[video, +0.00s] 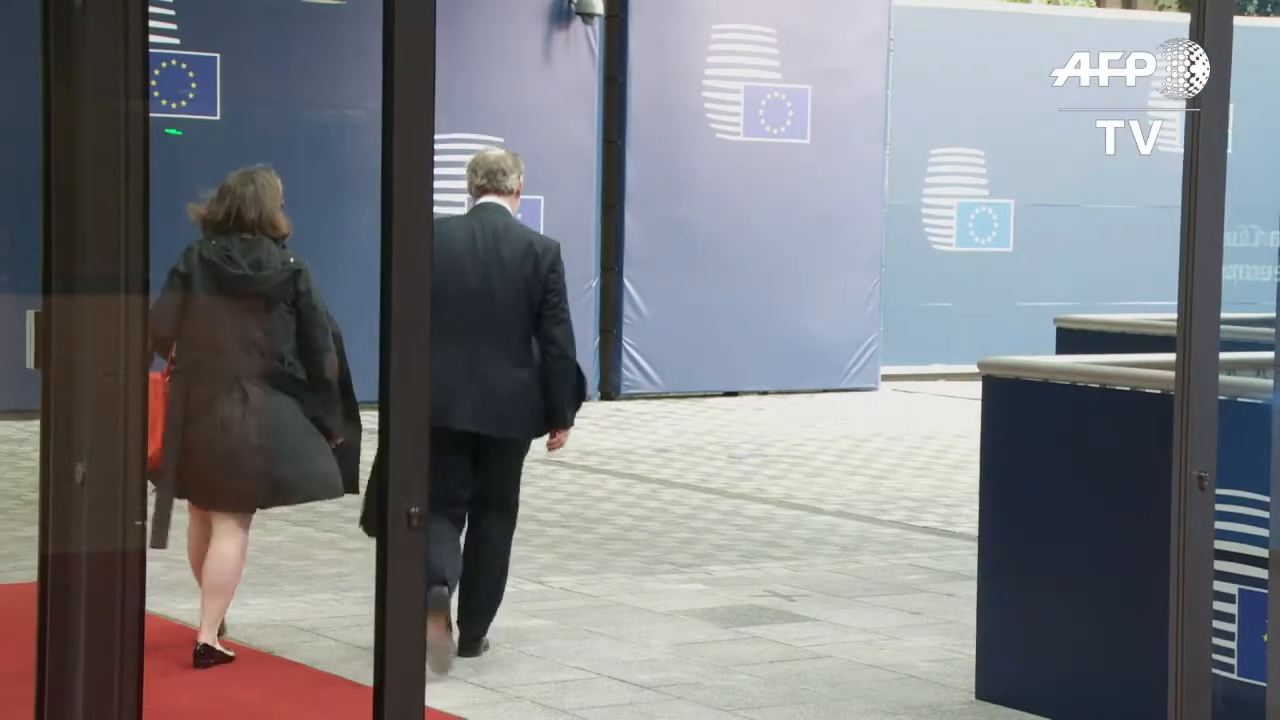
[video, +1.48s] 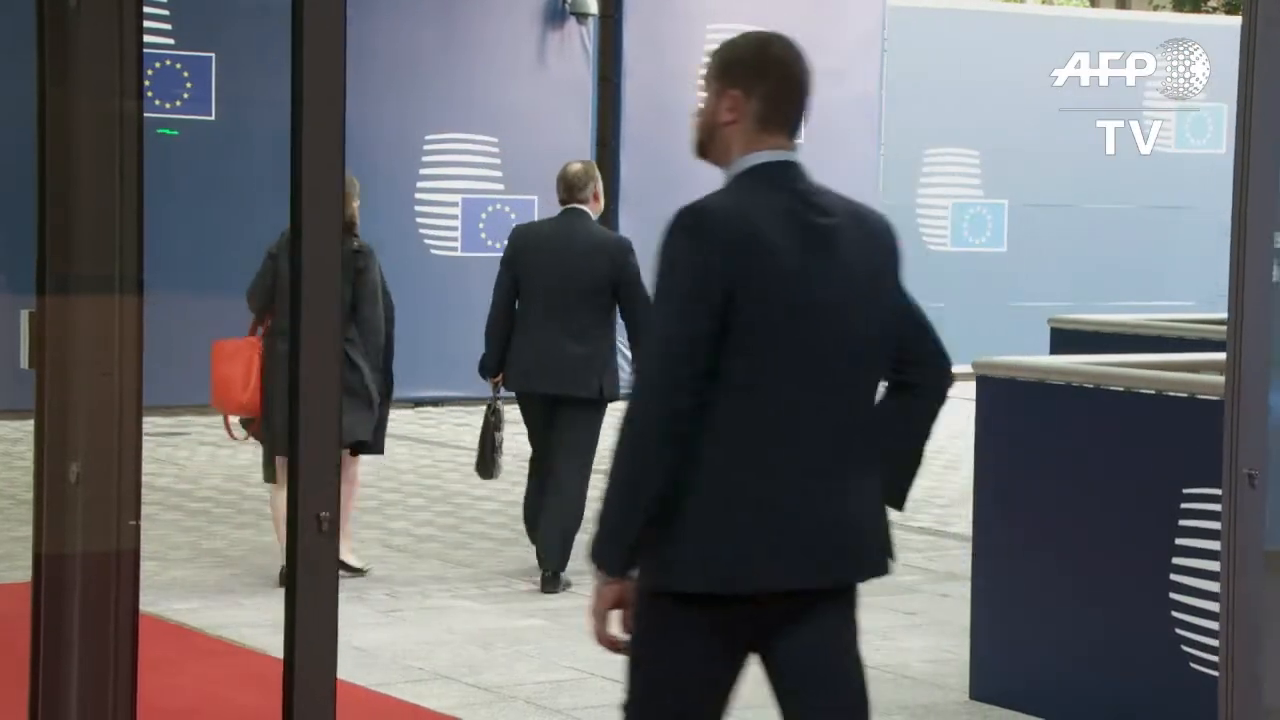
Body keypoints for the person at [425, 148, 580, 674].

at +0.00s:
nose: (518, 198)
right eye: (520, 192)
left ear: (471, 190)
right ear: (517, 193)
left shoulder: (432, 236)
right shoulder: (540, 250)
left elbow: (405, 315)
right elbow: (556, 337)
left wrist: (401, 395)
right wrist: (561, 411)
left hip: (438, 404)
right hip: (508, 408)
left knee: (441, 507)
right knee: (493, 518)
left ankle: (437, 590)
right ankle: (472, 633)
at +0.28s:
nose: (533, 196)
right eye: (533, 190)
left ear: (483, 189)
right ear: (528, 191)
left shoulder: (441, 235)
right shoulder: (549, 246)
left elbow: (415, 314)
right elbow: (574, 322)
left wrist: (418, 379)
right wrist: (568, 380)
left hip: (448, 395)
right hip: (515, 398)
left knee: (457, 490)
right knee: (499, 505)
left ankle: (452, 593)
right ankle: (473, 625)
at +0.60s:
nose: (537, 197)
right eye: (537, 192)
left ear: (490, 193)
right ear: (532, 193)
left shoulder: (454, 240)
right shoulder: (558, 244)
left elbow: (436, 319)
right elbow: (576, 322)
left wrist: (433, 385)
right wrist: (583, 389)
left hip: (470, 389)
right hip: (533, 390)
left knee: (477, 489)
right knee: (527, 484)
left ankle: (483, 597)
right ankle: (503, 554)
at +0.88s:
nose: (555, 198)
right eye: (556, 192)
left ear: (510, 192)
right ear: (552, 193)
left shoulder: (473, 237)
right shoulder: (571, 243)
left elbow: (453, 312)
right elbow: (587, 321)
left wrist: (450, 375)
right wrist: (588, 384)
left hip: (486, 383)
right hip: (547, 384)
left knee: (486, 484)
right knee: (547, 476)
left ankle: (488, 593)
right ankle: (554, 570)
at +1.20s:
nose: (589, 193)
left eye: (587, 187)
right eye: (589, 187)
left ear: (543, 190)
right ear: (582, 190)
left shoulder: (507, 232)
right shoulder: (600, 244)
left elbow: (484, 304)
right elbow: (619, 318)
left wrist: (477, 362)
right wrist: (626, 380)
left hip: (514, 374)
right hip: (574, 379)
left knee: (521, 456)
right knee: (566, 474)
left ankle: (506, 523)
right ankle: (554, 576)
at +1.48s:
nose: (605, 200)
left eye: (602, 193)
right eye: (604, 193)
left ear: (558, 197)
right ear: (596, 195)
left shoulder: (525, 237)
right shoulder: (613, 247)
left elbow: (502, 307)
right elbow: (639, 315)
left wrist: (493, 362)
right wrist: (649, 370)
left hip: (530, 375)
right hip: (586, 378)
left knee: (543, 455)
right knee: (572, 467)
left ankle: (542, 538)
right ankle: (553, 568)